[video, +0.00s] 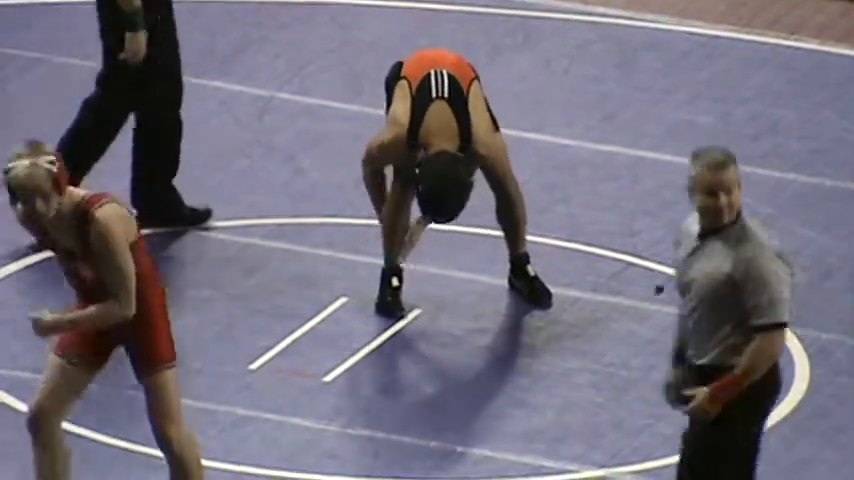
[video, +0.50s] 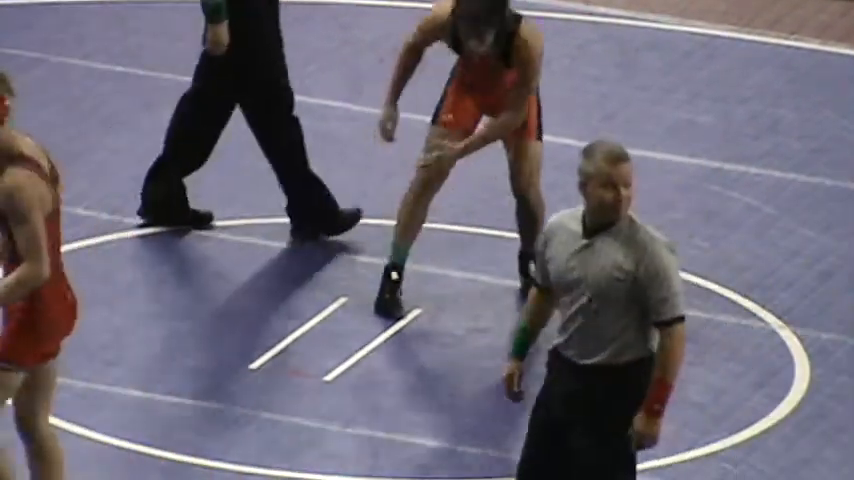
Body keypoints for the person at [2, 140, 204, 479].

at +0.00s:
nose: (29, 211)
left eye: (38, 199)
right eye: (20, 202)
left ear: (60, 186)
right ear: (12, 201)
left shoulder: (104, 221)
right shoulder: (41, 219)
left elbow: (125, 306)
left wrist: (59, 323)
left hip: (143, 316)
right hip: (94, 315)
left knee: (169, 433)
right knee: (42, 419)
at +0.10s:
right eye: (17, 175)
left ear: (49, 148)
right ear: (7, 168)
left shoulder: (89, 203)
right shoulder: (16, 203)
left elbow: (102, 294)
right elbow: (48, 255)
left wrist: (50, 324)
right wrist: (64, 312)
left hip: (125, 310)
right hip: (74, 311)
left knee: (153, 430)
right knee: (33, 419)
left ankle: (185, 471)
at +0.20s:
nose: (23, 159)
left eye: (27, 147)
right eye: (12, 152)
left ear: (41, 137)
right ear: (1, 152)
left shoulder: (72, 187)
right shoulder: (9, 185)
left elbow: (84, 280)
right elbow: (27, 245)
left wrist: (27, 321)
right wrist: (31, 311)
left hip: (104, 310)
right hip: (59, 308)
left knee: (122, 440)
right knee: (29, 422)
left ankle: (172, 472)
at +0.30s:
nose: (3, 127)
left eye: (7, 118)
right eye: (2, 120)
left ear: (26, 119)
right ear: (9, 125)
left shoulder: (59, 180)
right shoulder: (9, 175)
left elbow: (74, 272)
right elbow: (23, 233)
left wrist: (14, 303)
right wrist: (6, 280)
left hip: (83, 306)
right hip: (45, 302)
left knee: (71, 438)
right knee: (28, 421)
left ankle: (130, 471)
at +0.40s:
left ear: (12, 120)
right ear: (11, 120)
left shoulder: (43, 181)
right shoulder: (14, 169)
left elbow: (60, 267)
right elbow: (25, 234)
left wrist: (3, 293)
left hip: (59, 308)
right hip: (39, 300)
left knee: (18, 434)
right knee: (34, 430)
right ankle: (53, 471)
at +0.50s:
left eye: (0, 103)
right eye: (2, 104)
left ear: (5, 106)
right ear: (6, 106)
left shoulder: (17, 183)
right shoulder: (29, 150)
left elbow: (37, 268)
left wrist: (0, 295)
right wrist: (12, 280)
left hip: (31, 311)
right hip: (52, 299)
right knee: (33, 421)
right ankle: (50, 474)